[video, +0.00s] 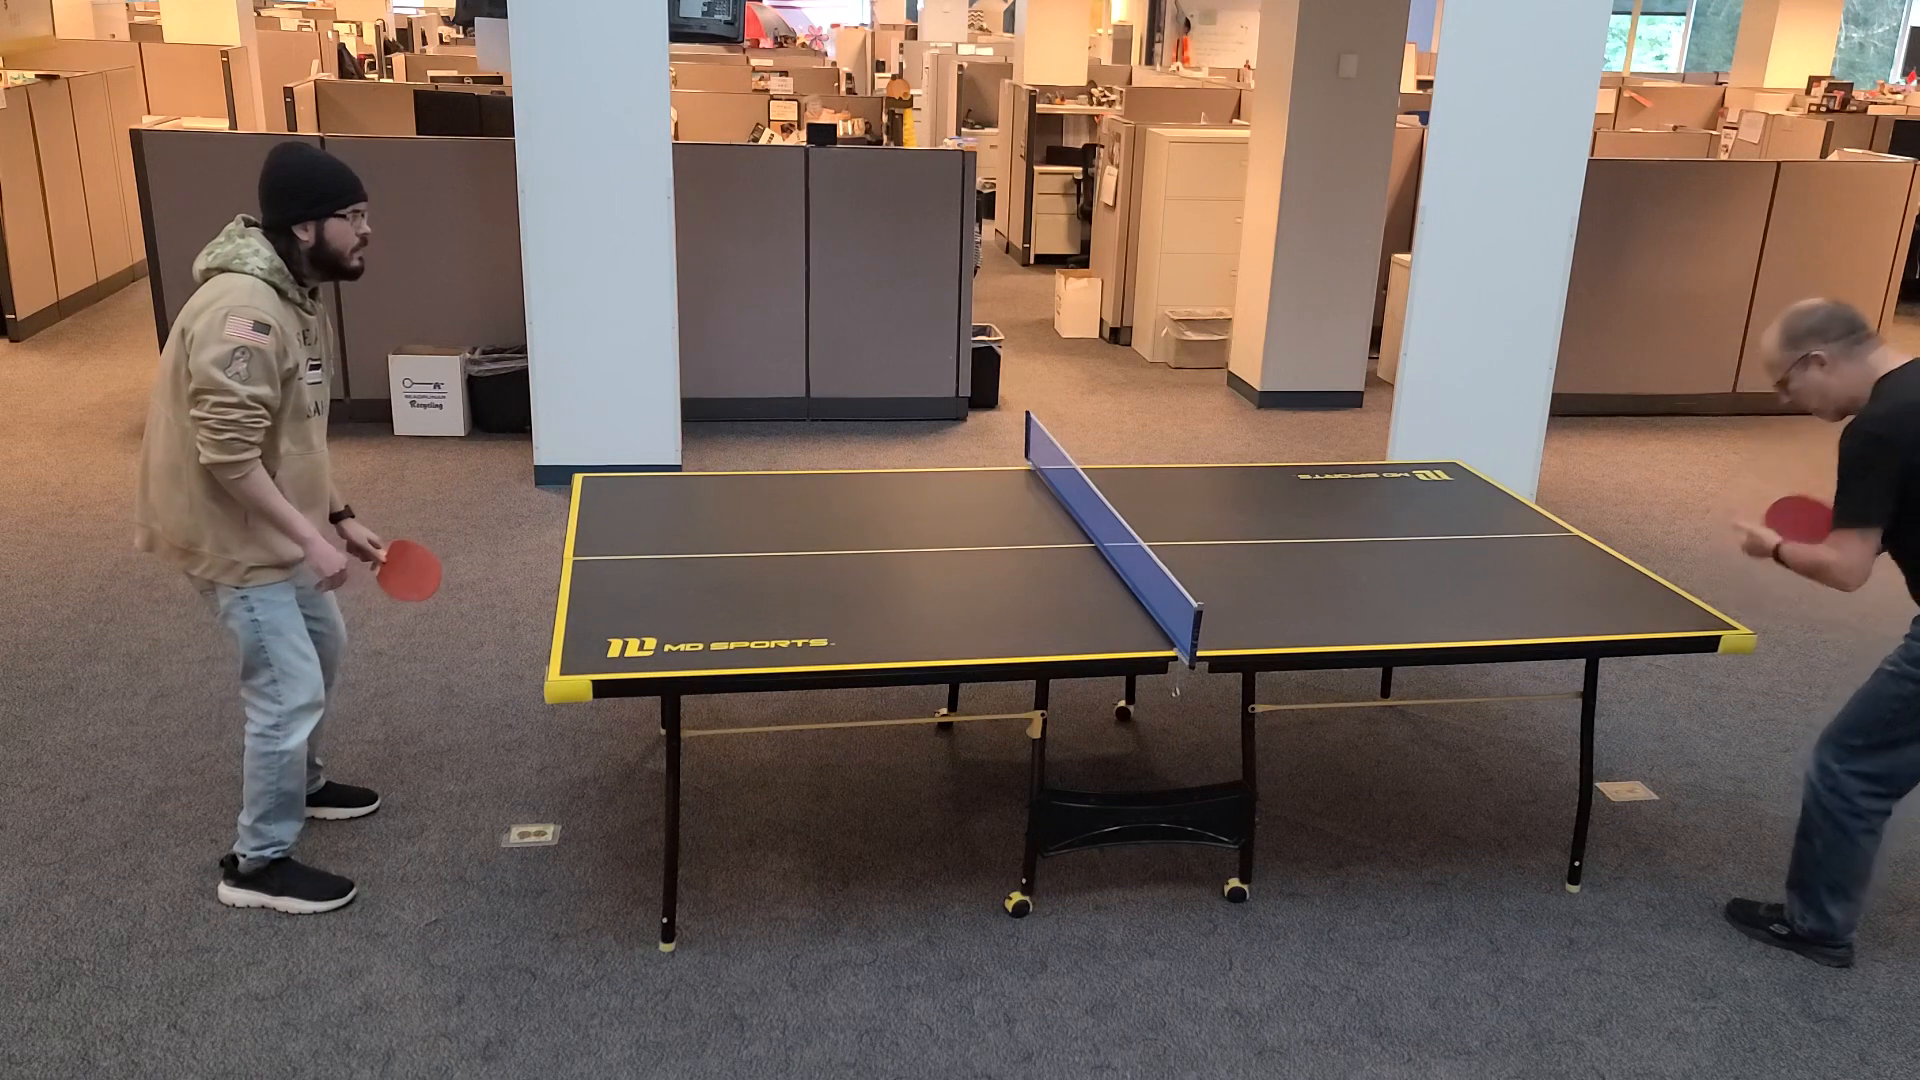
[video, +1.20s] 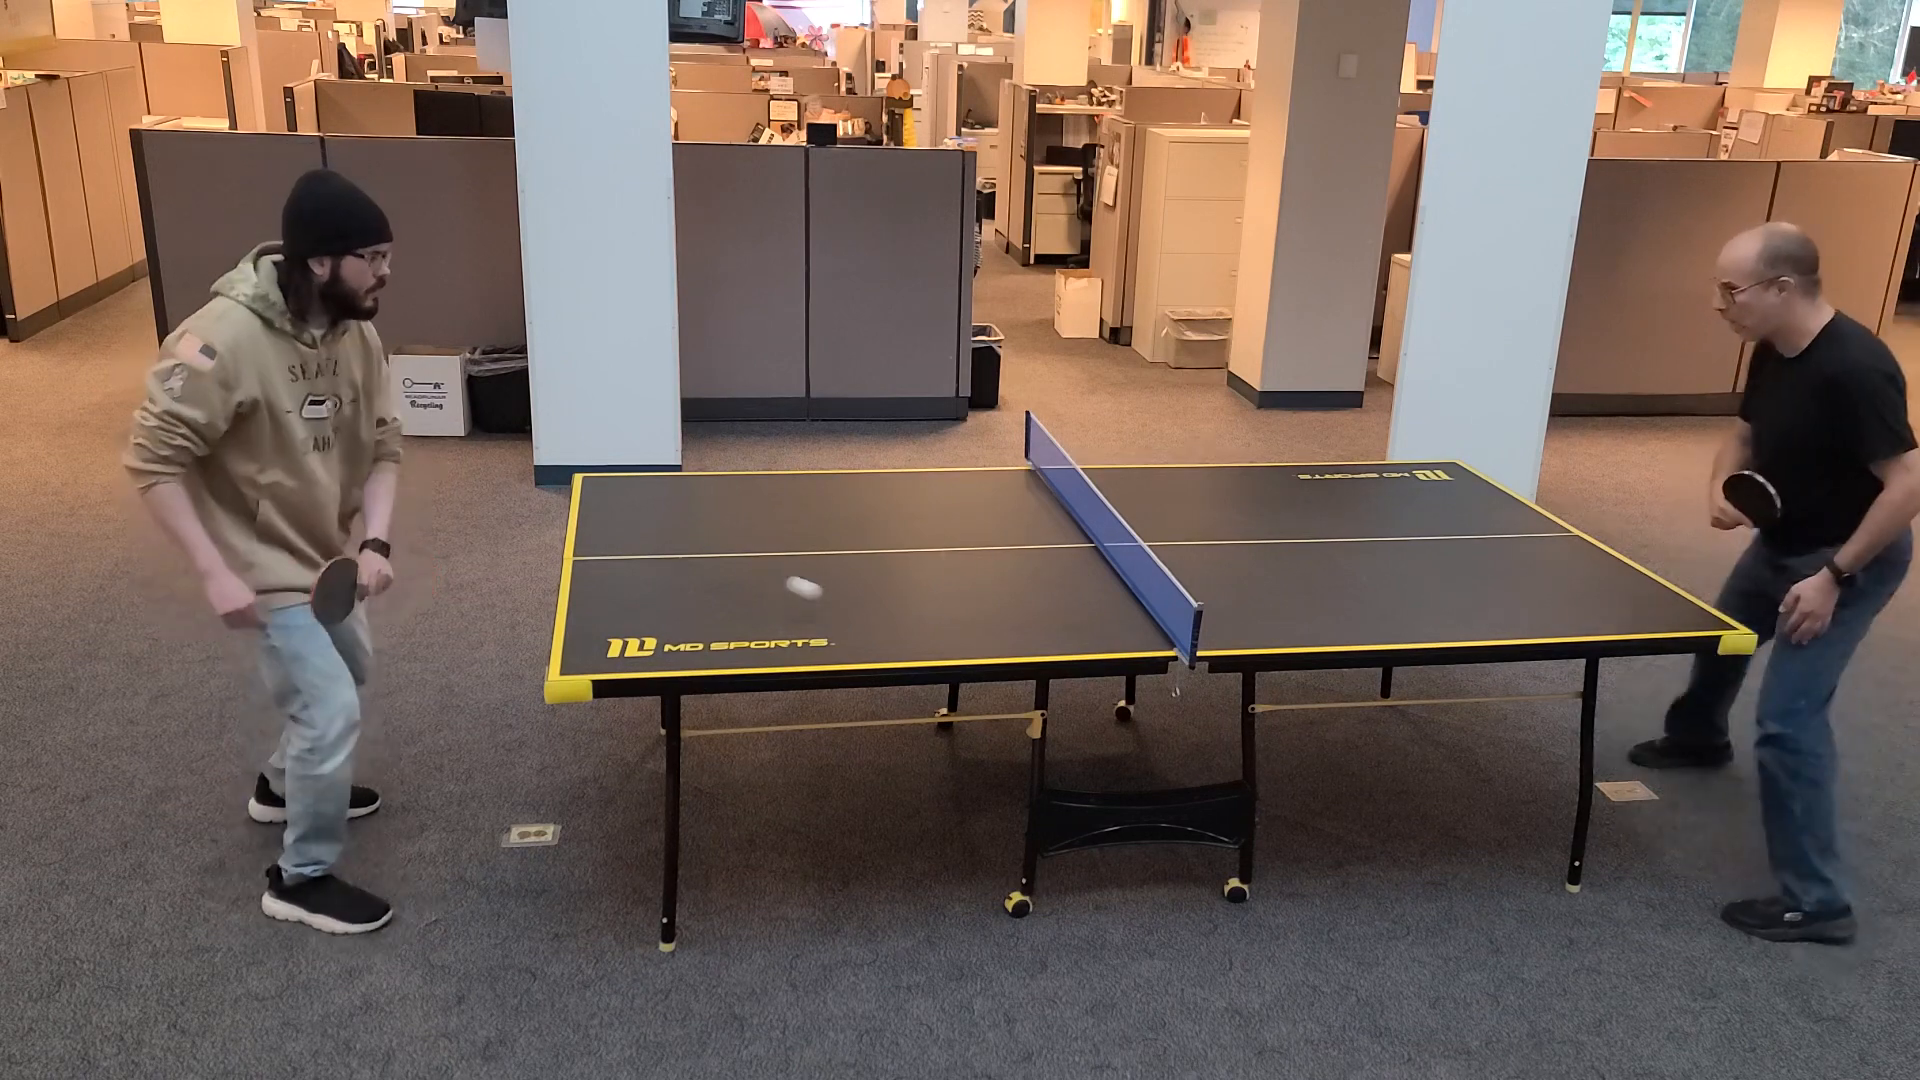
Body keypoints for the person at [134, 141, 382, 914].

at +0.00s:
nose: (366, 229)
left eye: (364, 214)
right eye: (352, 216)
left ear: (307, 227)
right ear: (302, 226)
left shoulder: (291, 293)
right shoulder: (243, 311)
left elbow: (293, 432)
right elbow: (229, 456)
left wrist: (339, 516)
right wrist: (308, 539)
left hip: (277, 524)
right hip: (229, 533)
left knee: (324, 647)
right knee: (289, 690)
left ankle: (295, 788)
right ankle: (258, 859)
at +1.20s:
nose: (385, 272)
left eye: (384, 256)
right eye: (371, 258)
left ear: (332, 264)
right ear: (319, 262)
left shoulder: (355, 336)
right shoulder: (224, 340)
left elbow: (382, 447)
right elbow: (151, 461)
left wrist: (374, 539)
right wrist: (215, 573)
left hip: (325, 558)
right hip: (256, 572)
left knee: (351, 671)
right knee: (329, 709)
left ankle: (286, 781)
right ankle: (303, 876)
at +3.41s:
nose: (404, 234)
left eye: (399, 219)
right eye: (391, 221)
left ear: (347, 233)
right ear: (345, 235)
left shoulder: (327, 297)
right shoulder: (277, 317)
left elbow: (321, 443)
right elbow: (220, 452)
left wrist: (378, 518)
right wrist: (303, 545)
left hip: (349, 541)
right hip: (301, 560)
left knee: (389, 666)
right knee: (360, 712)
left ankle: (345, 801)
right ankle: (303, 874)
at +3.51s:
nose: (405, 232)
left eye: (402, 217)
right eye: (392, 219)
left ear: (348, 230)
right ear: (345, 230)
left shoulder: (334, 293)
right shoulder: (274, 308)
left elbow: (331, 434)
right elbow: (211, 437)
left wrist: (380, 515)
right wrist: (295, 534)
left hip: (351, 535)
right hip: (298, 552)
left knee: (384, 666)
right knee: (355, 707)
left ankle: (344, 799)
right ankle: (303, 872)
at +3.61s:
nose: (407, 238)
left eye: (405, 222)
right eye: (395, 224)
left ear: (352, 232)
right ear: (345, 231)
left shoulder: (362, 310)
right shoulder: (263, 312)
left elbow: (368, 430)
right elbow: (186, 427)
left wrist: (393, 517)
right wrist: (264, 530)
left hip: (358, 547)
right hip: (296, 560)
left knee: (382, 671)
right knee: (348, 707)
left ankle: (345, 798)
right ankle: (304, 872)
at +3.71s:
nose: (408, 251)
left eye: (406, 236)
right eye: (395, 237)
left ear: (353, 246)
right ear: (344, 245)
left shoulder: (378, 332)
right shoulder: (246, 321)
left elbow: (402, 449)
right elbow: (165, 432)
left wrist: (431, 530)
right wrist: (224, 539)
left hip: (362, 556)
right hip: (290, 566)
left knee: (394, 677)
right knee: (350, 711)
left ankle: (345, 799)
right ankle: (302, 875)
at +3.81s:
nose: (404, 263)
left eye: (404, 248)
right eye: (390, 248)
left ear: (355, 255)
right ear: (337, 253)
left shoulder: (384, 345)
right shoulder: (232, 327)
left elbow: (439, 445)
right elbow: (144, 426)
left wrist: (517, 505)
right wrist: (192, 540)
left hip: (365, 561)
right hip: (281, 571)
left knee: (400, 682)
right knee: (345, 717)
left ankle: (347, 801)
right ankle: (303, 874)